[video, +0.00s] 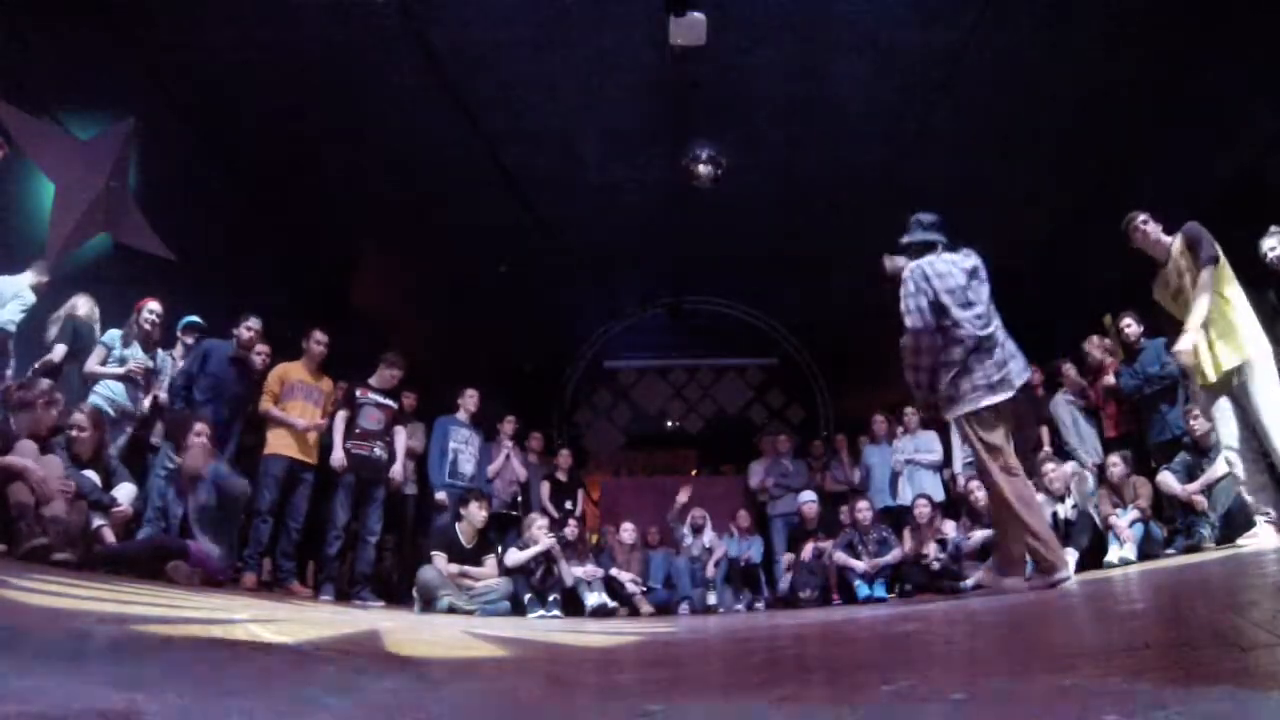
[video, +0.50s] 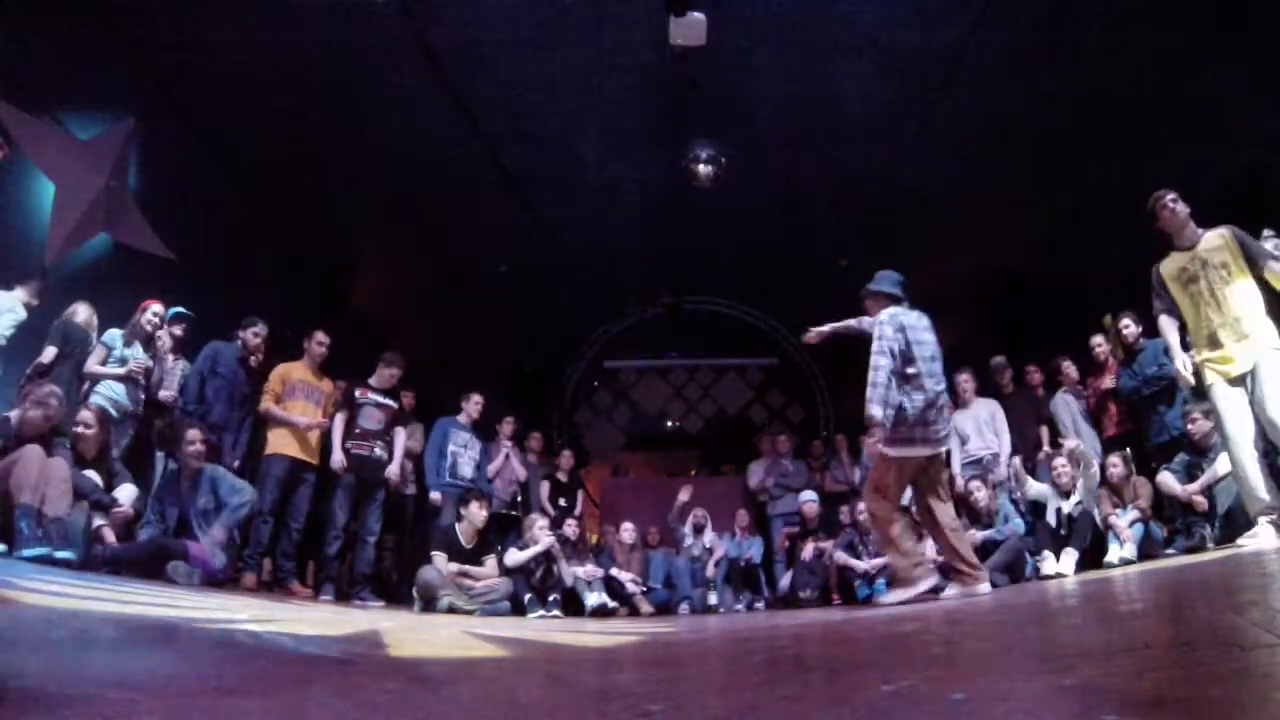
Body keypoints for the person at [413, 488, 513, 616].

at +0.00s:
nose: (485, 514)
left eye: (486, 509)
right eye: (479, 508)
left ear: (489, 511)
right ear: (463, 510)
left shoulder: (485, 538)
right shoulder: (443, 532)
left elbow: (493, 572)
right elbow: (441, 569)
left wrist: (462, 569)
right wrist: (474, 584)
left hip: (477, 590)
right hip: (448, 588)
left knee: (506, 584)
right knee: (426, 573)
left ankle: (454, 605)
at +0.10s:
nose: (485, 514)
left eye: (486, 510)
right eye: (479, 509)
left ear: (489, 511)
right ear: (463, 510)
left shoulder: (485, 538)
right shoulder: (443, 533)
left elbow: (492, 572)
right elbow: (442, 570)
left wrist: (462, 569)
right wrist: (474, 584)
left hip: (477, 590)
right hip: (448, 588)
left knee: (506, 585)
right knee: (426, 574)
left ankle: (451, 605)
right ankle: (472, 608)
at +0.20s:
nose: (485, 514)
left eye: (486, 509)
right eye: (479, 508)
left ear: (489, 511)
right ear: (463, 510)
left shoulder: (485, 538)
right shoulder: (443, 533)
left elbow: (493, 572)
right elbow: (441, 571)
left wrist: (461, 569)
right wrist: (475, 584)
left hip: (476, 590)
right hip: (448, 588)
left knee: (506, 585)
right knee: (426, 573)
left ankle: (452, 605)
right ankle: (472, 608)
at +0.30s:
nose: (485, 514)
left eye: (486, 509)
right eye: (479, 508)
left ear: (489, 511)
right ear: (463, 510)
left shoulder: (485, 538)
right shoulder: (443, 532)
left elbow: (493, 572)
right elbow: (442, 571)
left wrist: (461, 568)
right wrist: (475, 584)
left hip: (477, 590)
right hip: (448, 588)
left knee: (506, 585)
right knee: (426, 573)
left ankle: (455, 604)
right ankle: (474, 608)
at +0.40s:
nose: (485, 514)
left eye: (486, 509)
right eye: (479, 508)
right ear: (463, 510)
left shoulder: (485, 538)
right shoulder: (443, 533)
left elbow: (493, 572)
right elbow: (442, 571)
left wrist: (461, 568)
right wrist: (475, 584)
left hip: (477, 590)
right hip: (448, 588)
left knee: (506, 585)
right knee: (426, 573)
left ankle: (453, 604)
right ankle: (475, 609)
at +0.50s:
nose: (485, 514)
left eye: (486, 509)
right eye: (479, 508)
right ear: (463, 510)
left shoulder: (485, 539)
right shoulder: (444, 534)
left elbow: (493, 572)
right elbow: (442, 572)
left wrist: (462, 569)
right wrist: (475, 584)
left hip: (476, 590)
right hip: (448, 588)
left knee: (506, 585)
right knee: (426, 573)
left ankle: (453, 604)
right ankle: (475, 608)